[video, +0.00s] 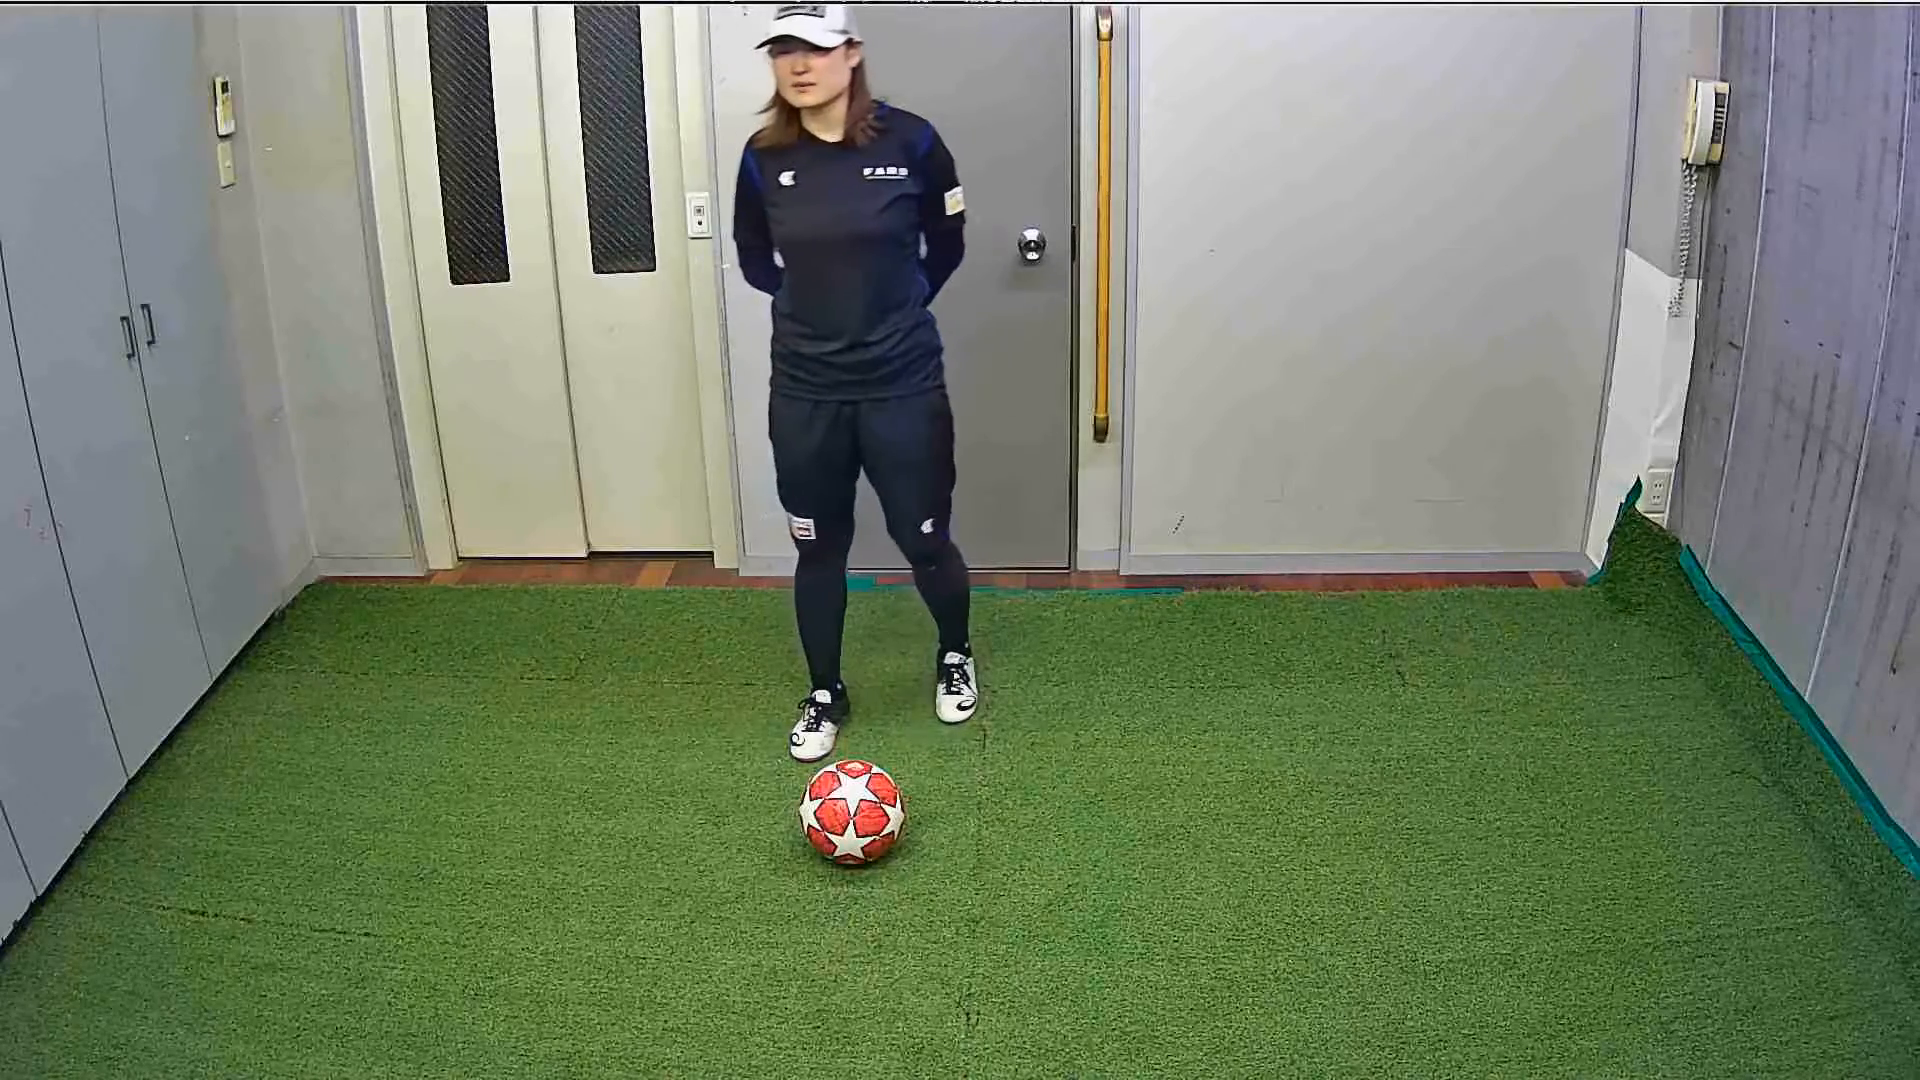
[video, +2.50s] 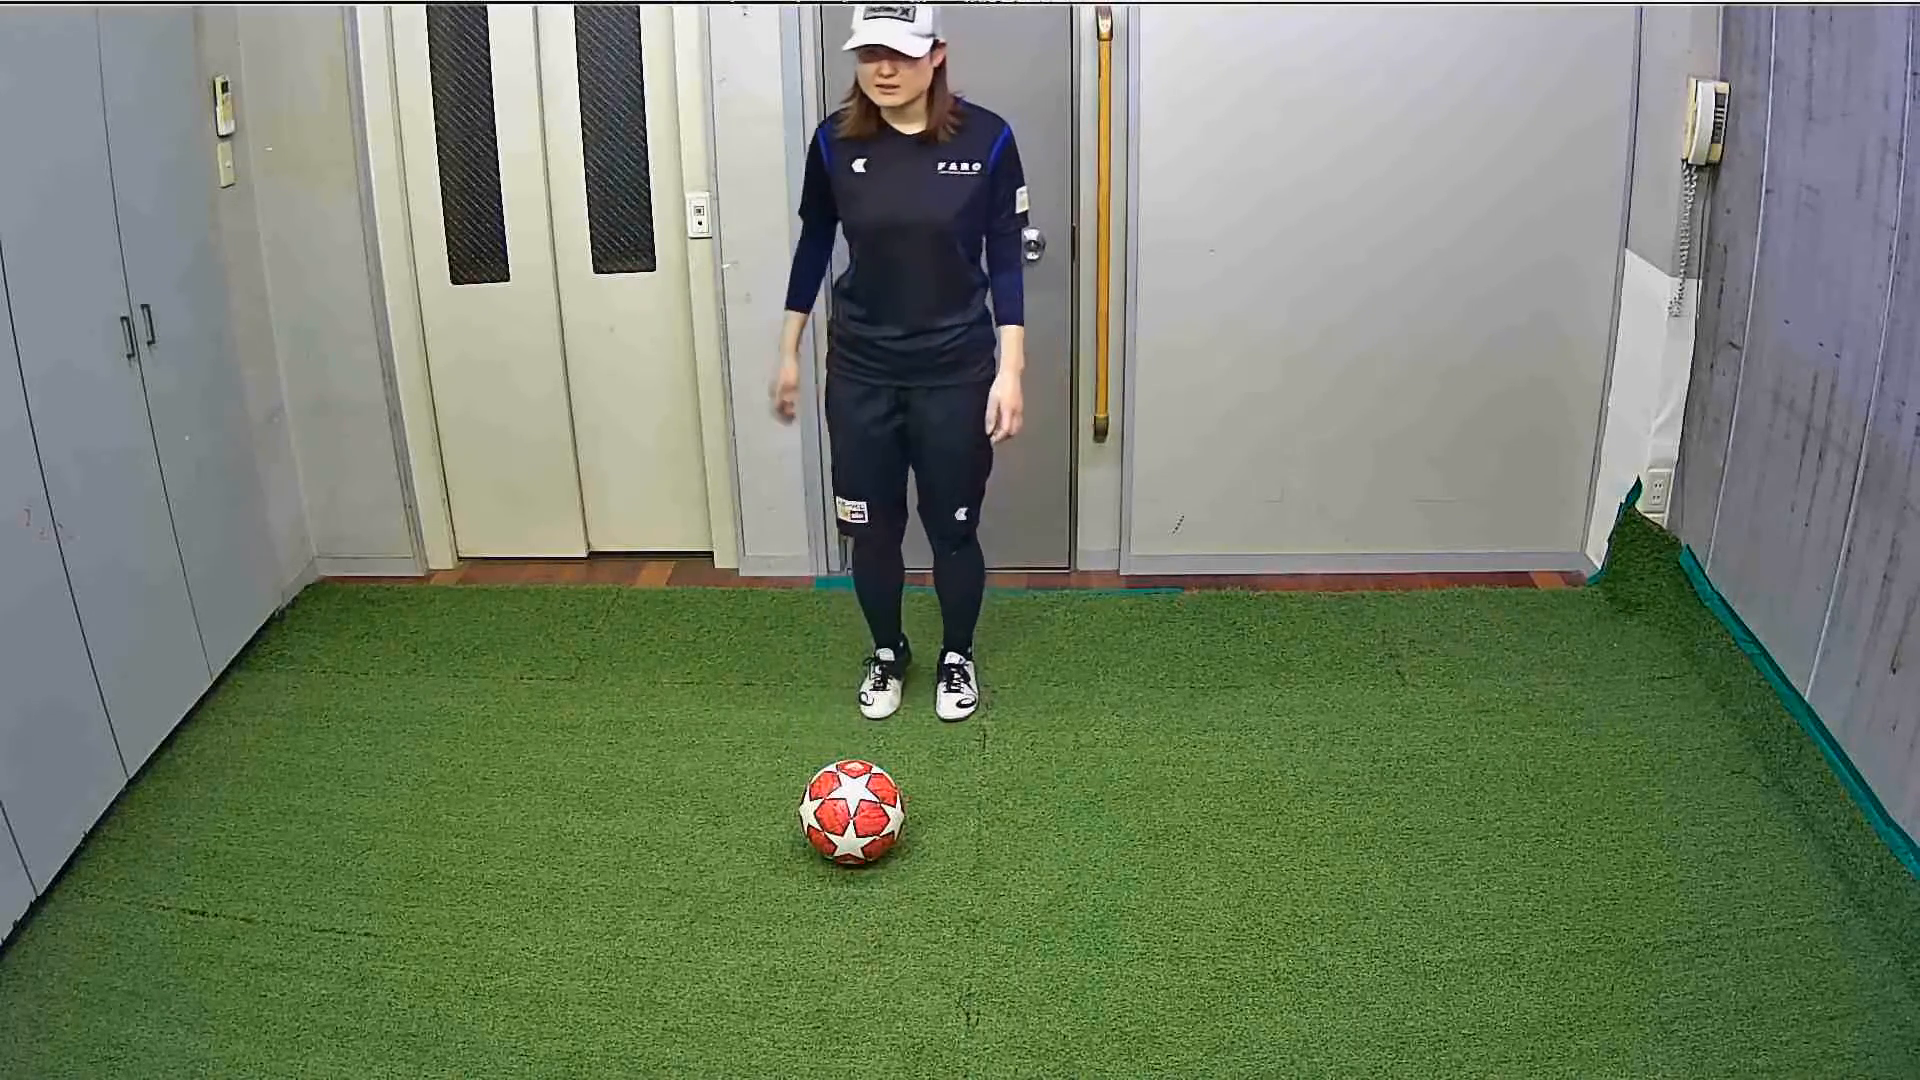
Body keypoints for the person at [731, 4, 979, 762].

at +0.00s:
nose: (799, 65)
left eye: (814, 50)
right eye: (787, 53)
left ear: (852, 56)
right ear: (775, 65)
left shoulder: (913, 141)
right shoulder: (762, 157)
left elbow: (948, 246)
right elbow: (754, 260)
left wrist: (892, 305)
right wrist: (816, 296)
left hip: (901, 382)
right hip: (805, 387)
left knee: (925, 537)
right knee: (815, 543)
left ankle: (955, 655)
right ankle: (825, 693)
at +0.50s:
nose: (890, 60)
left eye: (907, 47)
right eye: (878, 47)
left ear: (943, 56)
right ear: (863, 59)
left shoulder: (994, 142)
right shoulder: (845, 144)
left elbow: (1037, 226)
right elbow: (822, 240)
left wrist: (1045, 314)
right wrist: (872, 280)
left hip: (962, 366)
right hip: (868, 367)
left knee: (961, 522)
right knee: (851, 527)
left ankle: (956, 661)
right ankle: (830, 692)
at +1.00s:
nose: (929, 62)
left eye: (944, 47)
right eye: (917, 47)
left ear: (976, 54)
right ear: (901, 54)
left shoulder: (1015, 138)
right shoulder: (874, 134)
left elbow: (986, 242)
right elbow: (849, 238)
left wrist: (956, 146)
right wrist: (908, 275)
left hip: (976, 365)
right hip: (884, 361)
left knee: (970, 521)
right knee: (865, 523)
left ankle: (958, 662)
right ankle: (849, 684)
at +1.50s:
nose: (916, 56)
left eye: (933, 44)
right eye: (904, 42)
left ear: (965, 54)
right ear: (888, 54)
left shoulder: (1010, 142)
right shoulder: (864, 138)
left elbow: (1048, 246)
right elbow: (840, 238)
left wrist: (1011, 263)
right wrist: (896, 278)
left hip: (972, 368)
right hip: (879, 364)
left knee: (967, 522)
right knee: (863, 523)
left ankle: (957, 658)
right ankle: (851, 684)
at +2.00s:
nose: (917, 61)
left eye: (934, 49)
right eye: (905, 47)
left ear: (969, 57)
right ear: (890, 57)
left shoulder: (1017, 142)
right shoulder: (866, 136)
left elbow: (1033, 238)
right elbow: (861, 234)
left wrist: (1046, 326)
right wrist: (914, 278)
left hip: (978, 355)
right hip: (884, 353)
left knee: (971, 516)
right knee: (865, 515)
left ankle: (957, 658)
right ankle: (852, 676)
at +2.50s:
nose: (883, 70)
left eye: (900, 56)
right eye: (870, 55)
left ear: (936, 57)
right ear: (856, 61)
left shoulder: (987, 138)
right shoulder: (835, 140)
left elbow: (1006, 257)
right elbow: (814, 241)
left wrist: (1010, 370)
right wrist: (789, 348)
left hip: (954, 367)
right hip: (859, 367)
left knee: (953, 528)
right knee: (867, 526)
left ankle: (956, 659)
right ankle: (887, 655)